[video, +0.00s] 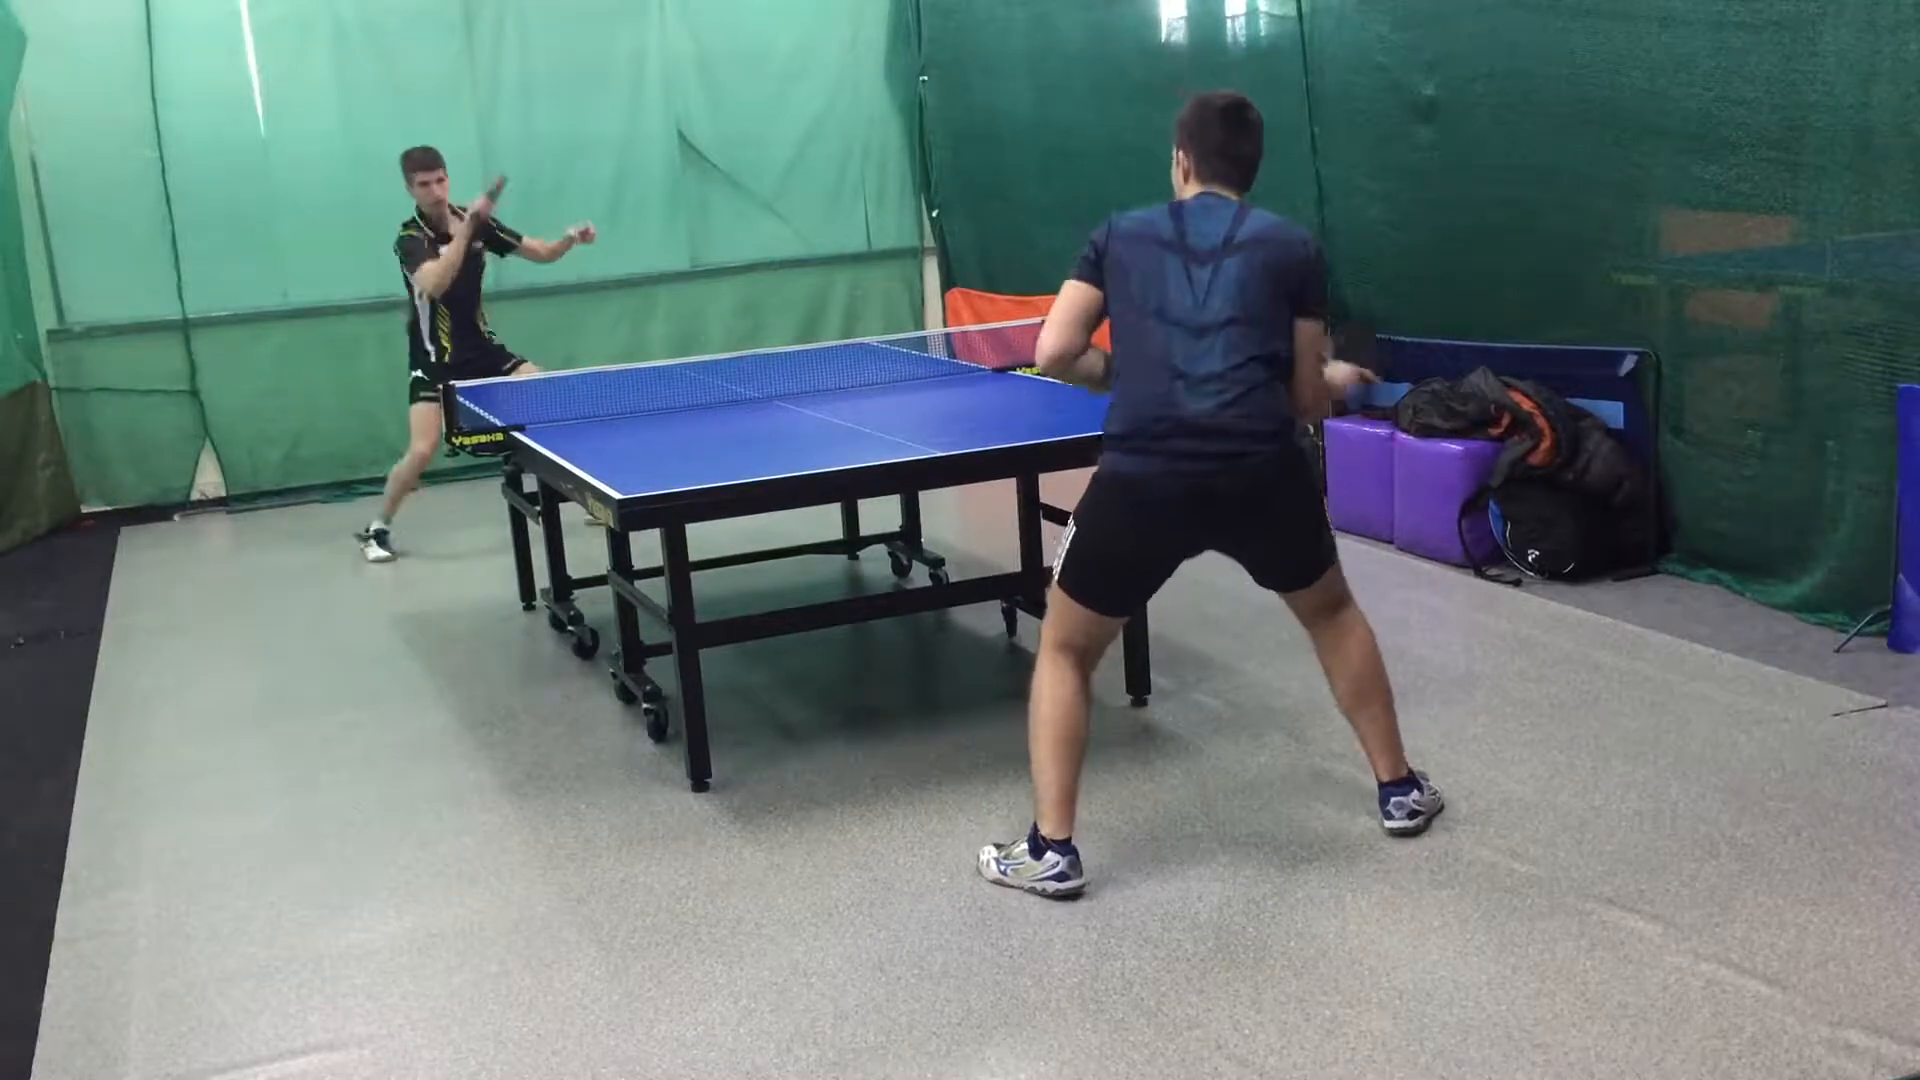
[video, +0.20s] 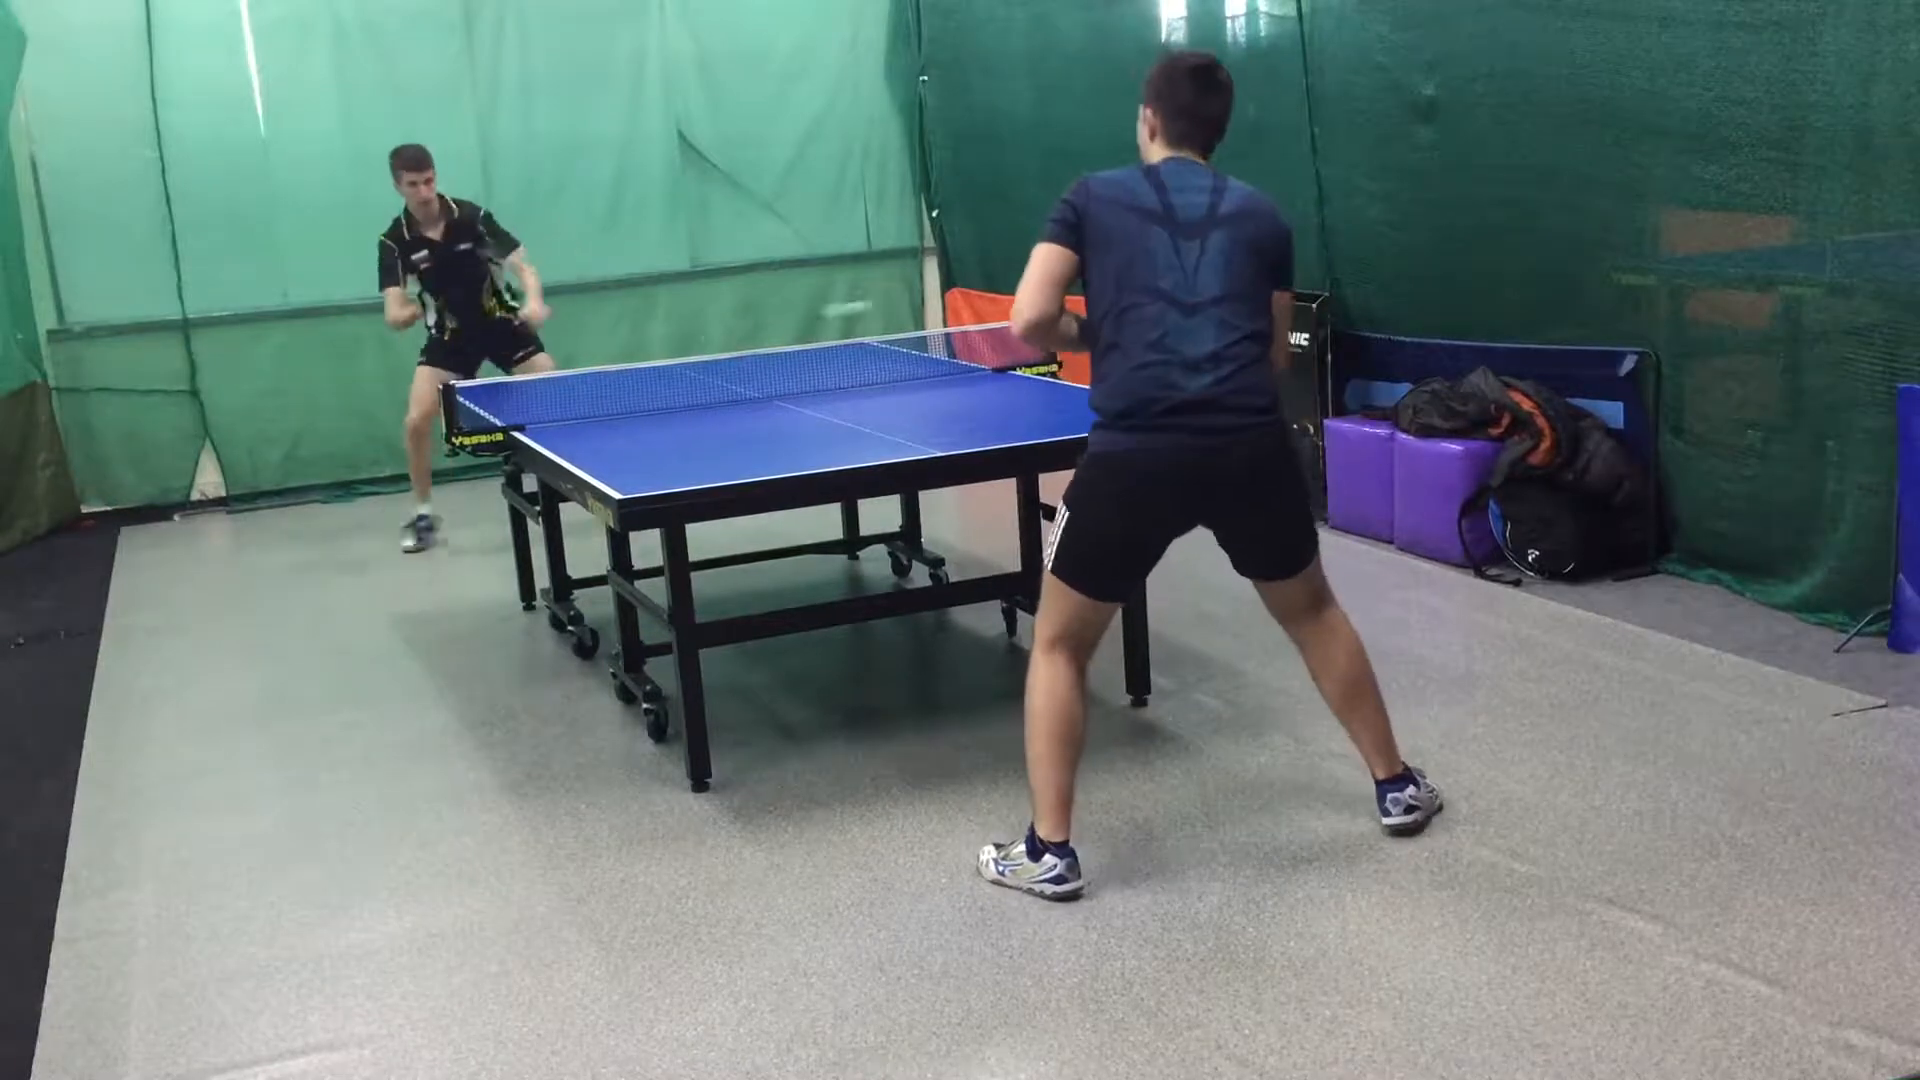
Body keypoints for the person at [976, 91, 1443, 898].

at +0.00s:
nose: (1175, 167)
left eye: (1175, 157)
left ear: (1180, 163)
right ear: (1253, 170)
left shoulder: (1118, 235)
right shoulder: (1292, 247)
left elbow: (1056, 350)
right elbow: (1307, 401)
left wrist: (1115, 373)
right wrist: (1336, 379)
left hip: (1143, 489)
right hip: (1264, 488)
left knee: (1068, 650)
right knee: (1331, 615)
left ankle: (1053, 847)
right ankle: (1398, 789)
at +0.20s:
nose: (1139, 122)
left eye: (1140, 111)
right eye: (1149, 112)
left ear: (1147, 120)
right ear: (1221, 131)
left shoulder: (1092, 195)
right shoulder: (1262, 215)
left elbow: (1031, 320)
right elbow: (1276, 352)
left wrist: (1079, 337)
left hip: (1135, 459)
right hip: (1251, 455)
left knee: (1061, 646)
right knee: (1313, 613)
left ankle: (1050, 848)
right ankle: (1396, 786)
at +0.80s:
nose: (1160, 149)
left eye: (1160, 139)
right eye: (1169, 138)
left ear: (1166, 145)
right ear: (1241, 148)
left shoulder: (1110, 216)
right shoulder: (1283, 230)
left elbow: (1043, 331)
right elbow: (1310, 382)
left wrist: (1102, 357)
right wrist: (1373, 403)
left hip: (1137, 466)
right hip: (1255, 465)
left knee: (1061, 649)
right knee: (1325, 615)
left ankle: (1047, 849)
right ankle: (1388, 793)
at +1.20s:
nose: (1121, 189)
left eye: (1125, 180)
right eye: (1128, 178)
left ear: (1135, 192)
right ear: (1206, 200)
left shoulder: (1090, 258)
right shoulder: (1243, 275)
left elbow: (1033, 378)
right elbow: (1262, 383)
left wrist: (1101, 399)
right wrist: (1191, 389)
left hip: (1150, 505)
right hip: (1262, 500)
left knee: (1036, 639)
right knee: (1290, 627)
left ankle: (1042, 834)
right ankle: (1368, 792)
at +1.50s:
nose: (1109, 157)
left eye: (1109, 147)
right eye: (1119, 146)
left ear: (1119, 151)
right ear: (1191, 149)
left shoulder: (1087, 228)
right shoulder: (1257, 221)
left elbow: (1032, 373)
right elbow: (1305, 352)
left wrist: (1007, 348)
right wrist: (1291, 417)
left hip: (1133, 478)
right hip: (1247, 473)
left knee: (1044, 636)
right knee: (1290, 620)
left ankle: (1043, 833)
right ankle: (1368, 793)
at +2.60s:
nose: (1075, 102)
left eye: (1075, 91)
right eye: (1081, 91)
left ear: (1087, 95)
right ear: (1159, 94)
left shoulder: (1070, 164)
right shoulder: (1216, 172)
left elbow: (1020, 286)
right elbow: (1210, 284)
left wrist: (1060, 350)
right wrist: (1129, 343)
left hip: (1119, 429)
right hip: (1228, 420)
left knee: (1063, 627)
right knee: (1264, 604)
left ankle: (1052, 827)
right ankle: (1325, 781)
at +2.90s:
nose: (1114, 107)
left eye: (1114, 96)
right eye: (1121, 95)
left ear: (1124, 99)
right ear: (1198, 101)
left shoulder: (1096, 168)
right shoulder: (1252, 184)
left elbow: (1029, 279)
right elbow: (1282, 331)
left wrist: (1090, 320)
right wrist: (1278, 374)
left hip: (1128, 431)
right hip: (1239, 425)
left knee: (1062, 625)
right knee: (1272, 604)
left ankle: (1053, 827)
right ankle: (1329, 786)